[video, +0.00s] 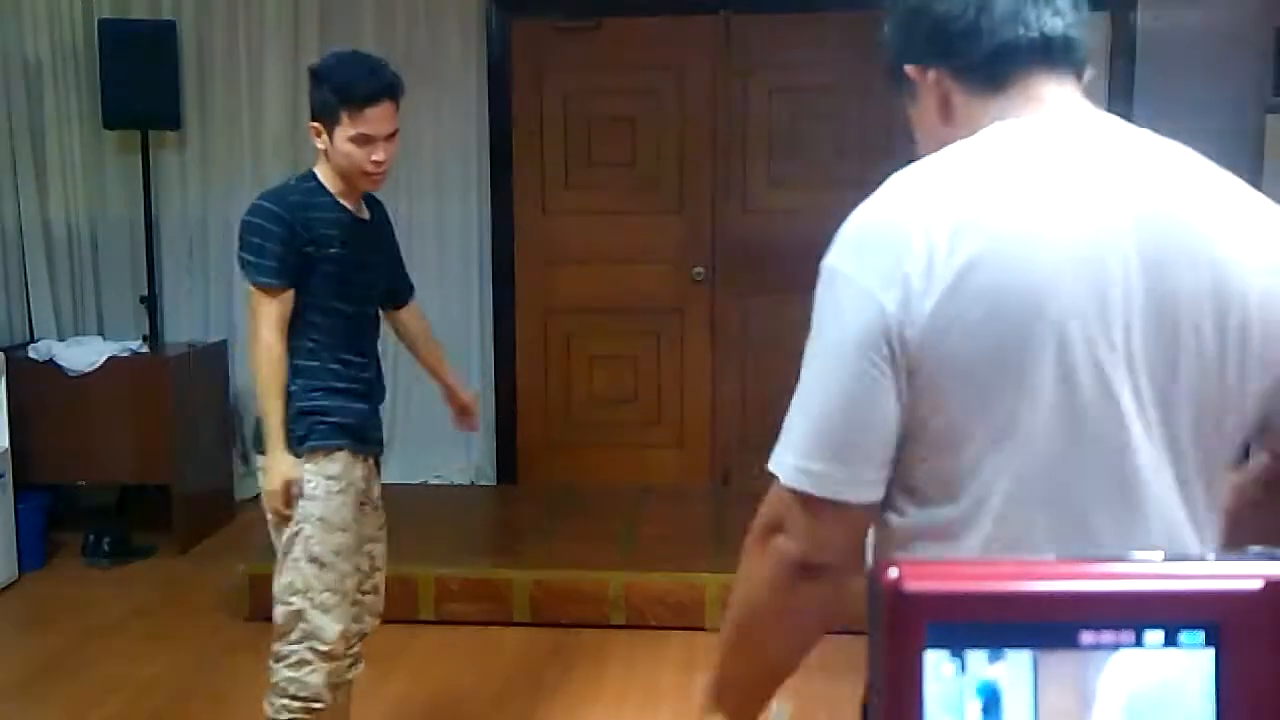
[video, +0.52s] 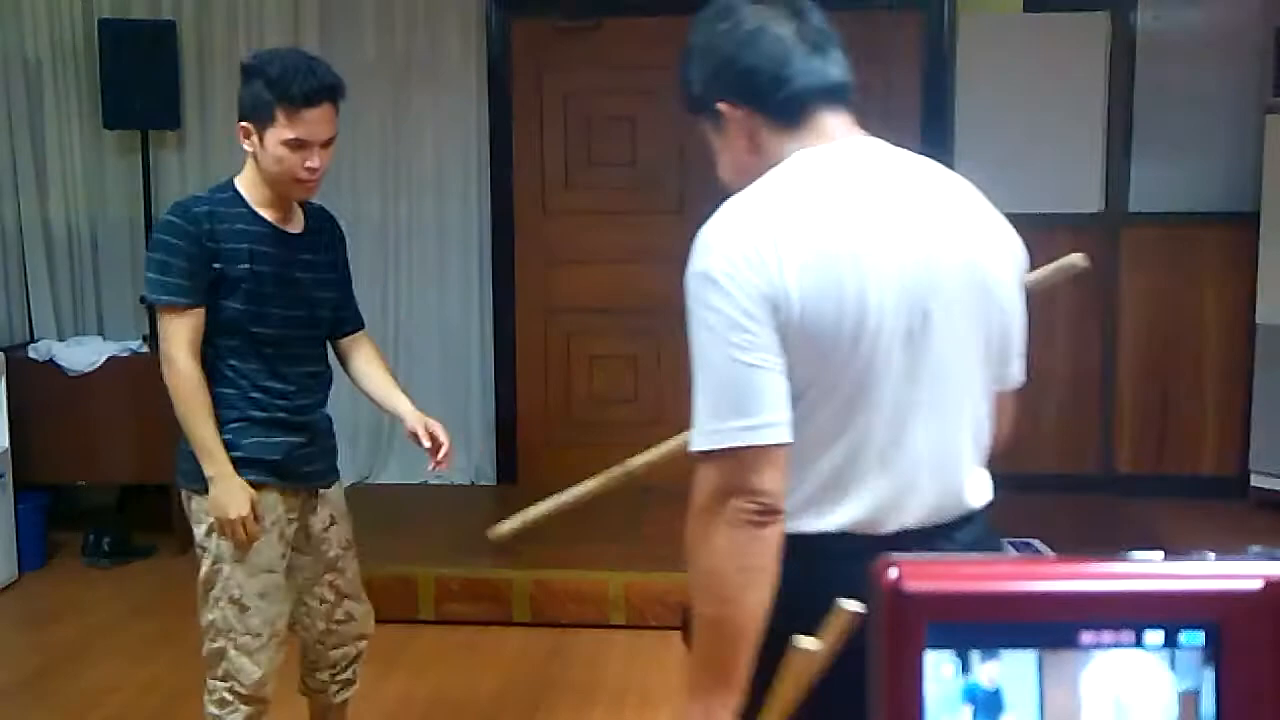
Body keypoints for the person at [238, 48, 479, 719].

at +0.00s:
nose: (380, 155)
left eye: (389, 139)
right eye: (364, 141)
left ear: (399, 130)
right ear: (320, 135)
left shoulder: (371, 215)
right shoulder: (279, 214)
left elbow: (401, 309)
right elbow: (267, 333)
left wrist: (449, 382)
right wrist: (275, 450)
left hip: (359, 445)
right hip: (311, 445)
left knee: (354, 619)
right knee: (317, 630)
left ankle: (326, 709)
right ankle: (297, 714)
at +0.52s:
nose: (315, 162)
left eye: (326, 144)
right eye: (297, 146)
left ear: (337, 135)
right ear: (249, 136)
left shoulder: (324, 232)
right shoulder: (194, 225)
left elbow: (351, 341)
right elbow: (178, 359)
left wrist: (407, 412)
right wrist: (221, 477)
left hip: (317, 478)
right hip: (236, 482)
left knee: (340, 646)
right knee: (243, 671)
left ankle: (330, 717)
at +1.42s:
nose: (315, 156)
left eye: (322, 137)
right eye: (301, 135)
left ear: (324, 127)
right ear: (239, 121)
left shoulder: (283, 231)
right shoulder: (161, 221)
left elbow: (298, 362)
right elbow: (146, 374)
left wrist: (373, 449)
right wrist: (275, 457)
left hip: (282, 511)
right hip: (199, 521)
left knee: (304, 699)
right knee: (224, 707)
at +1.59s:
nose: (282, 158)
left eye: (288, 139)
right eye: (271, 136)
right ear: (206, 121)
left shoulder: (213, 227)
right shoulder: (146, 221)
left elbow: (222, 371)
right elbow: (169, 385)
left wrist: (312, 435)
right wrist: (311, 431)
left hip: (221, 518)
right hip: (166, 531)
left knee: (272, 702)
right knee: (200, 708)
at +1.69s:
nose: (259, 150)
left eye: (263, 132)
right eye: (248, 129)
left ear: (185, 120)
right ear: (183, 116)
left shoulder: (169, 221)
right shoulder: (135, 218)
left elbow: (196, 374)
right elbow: (185, 381)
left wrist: (281, 440)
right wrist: (323, 396)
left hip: (181, 528)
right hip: (157, 537)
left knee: (218, 698)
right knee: (206, 702)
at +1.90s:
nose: (204, 144)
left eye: (208, 125)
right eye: (198, 122)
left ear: (136, 110)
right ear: (137, 108)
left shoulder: (69, 209)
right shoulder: (118, 220)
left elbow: (104, 389)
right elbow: (216, 370)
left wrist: (210, 429)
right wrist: (313, 338)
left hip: (88, 525)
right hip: (145, 536)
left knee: (123, 705)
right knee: (181, 708)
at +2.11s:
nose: (141, 148)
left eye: (145, 130)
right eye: (135, 127)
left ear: (68, 115)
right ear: (72, 115)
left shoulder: (9, 212)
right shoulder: (70, 226)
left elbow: (32, 398)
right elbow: (181, 361)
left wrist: (142, 451)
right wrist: (256, 292)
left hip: (18, 537)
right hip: (99, 545)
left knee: (32, 710)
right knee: (152, 705)